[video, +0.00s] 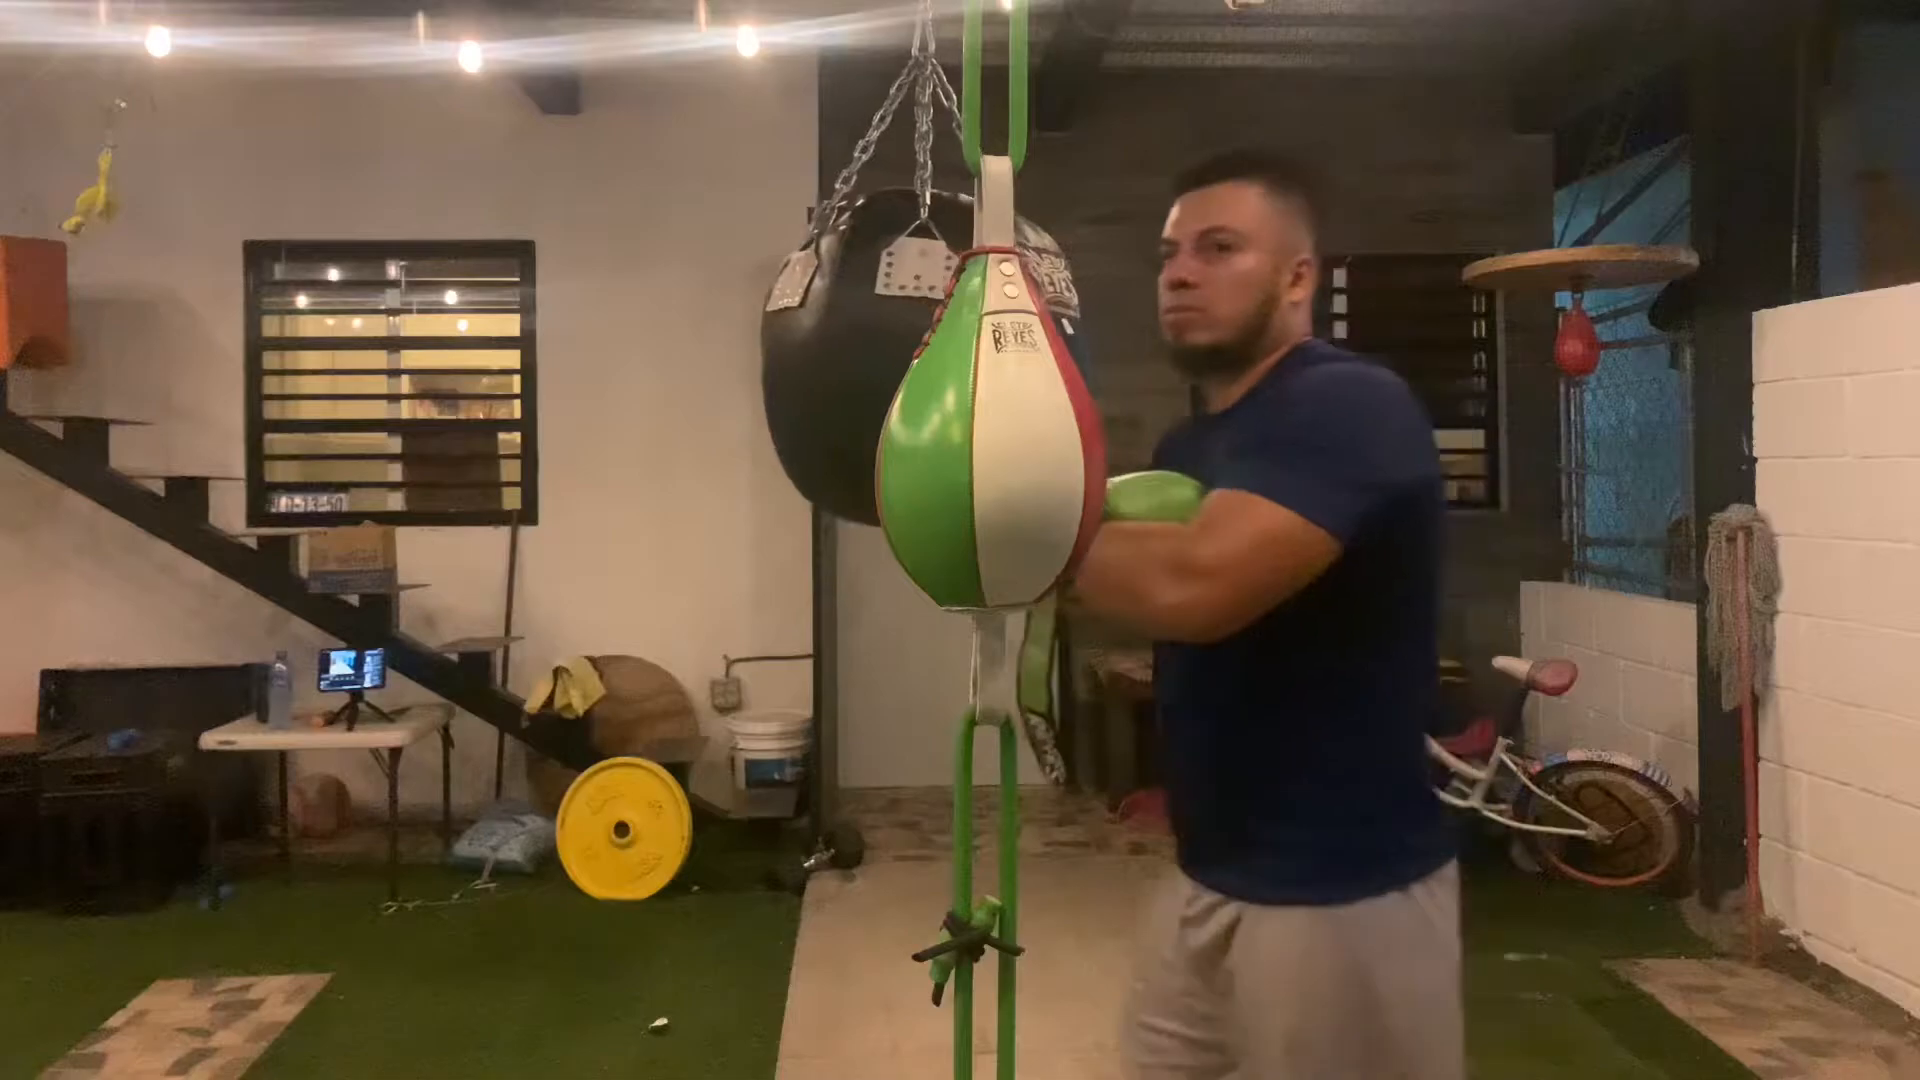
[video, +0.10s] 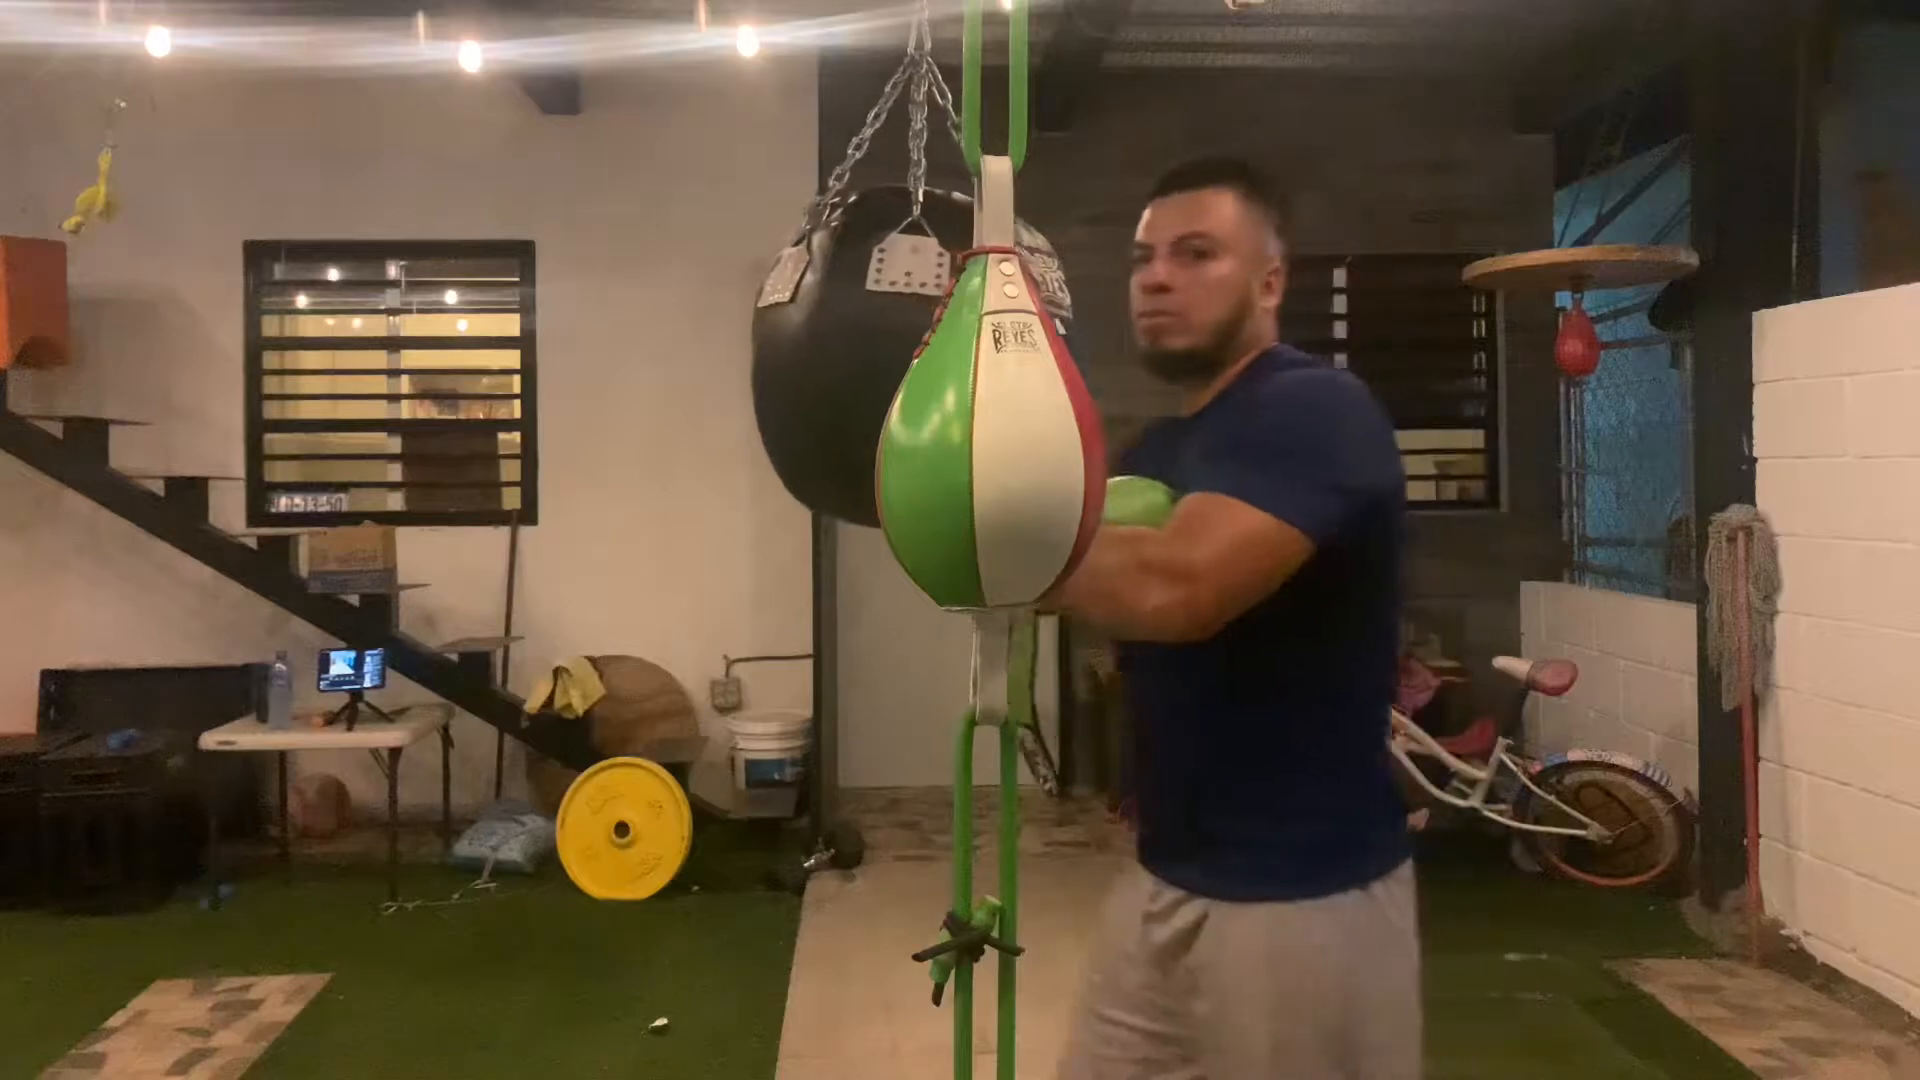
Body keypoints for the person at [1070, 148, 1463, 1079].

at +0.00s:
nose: (1178, 271)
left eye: (1218, 247)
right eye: (1170, 251)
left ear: (1299, 279)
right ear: (1157, 274)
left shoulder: (1354, 406)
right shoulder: (1186, 447)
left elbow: (1195, 587)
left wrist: (1028, 531)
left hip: (1350, 905)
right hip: (1212, 887)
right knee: (1164, 1063)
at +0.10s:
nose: (1154, 278)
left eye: (1195, 253)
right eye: (1143, 257)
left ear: (1270, 281)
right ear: (1129, 278)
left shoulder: (1320, 412)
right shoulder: (1159, 449)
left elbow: (1177, 589)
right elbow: (1071, 557)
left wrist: (1002, 540)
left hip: (1309, 908)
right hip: (1168, 887)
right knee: (1107, 1067)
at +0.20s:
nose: (1122, 282)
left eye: (1158, 256)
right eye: (1104, 261)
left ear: (1223, 287)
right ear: (1085, 286)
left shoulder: (1270, 410)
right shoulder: (1106, 438)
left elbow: (1142, 585)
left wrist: (979, 528)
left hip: (1248, 899)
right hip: (1108, 879)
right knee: (1063, 1066)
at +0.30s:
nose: (1088, 280)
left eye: (1123, 255)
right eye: (1070, 259)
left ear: (1182, 285)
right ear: (1050, 285)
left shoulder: (1233, 407)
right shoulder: (1069, 424)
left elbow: (1110, 580)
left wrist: (951, 530)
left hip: (1205, 884)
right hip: (1074, 865)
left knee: (1210, 1068)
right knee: (1059, 1066)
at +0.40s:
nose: (1064, 281)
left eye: (1097, 256)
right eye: (1045, 260)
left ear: (1155, 285)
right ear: (1026, 281)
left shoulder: (1206, 405)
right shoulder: (1043, 414)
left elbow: (1104, 577)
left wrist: (945, 550)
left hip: (1174, 859)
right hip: (1055, 841)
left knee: (1167, 1067)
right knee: (1050, 1067)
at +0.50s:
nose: (1040, 280)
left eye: (1069, 256)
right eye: (1020, 259)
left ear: (1124, 281)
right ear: (997, 279)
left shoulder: (1181, 403)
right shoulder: (994, 413)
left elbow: (1097, 577)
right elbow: (891, 583)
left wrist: (927, 548)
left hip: (1148, 841)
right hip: (1012, 827)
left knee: (1119, 1067)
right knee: (1006, 1066)